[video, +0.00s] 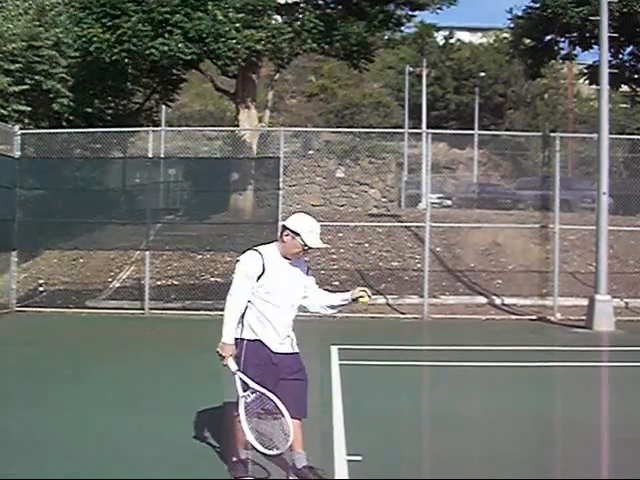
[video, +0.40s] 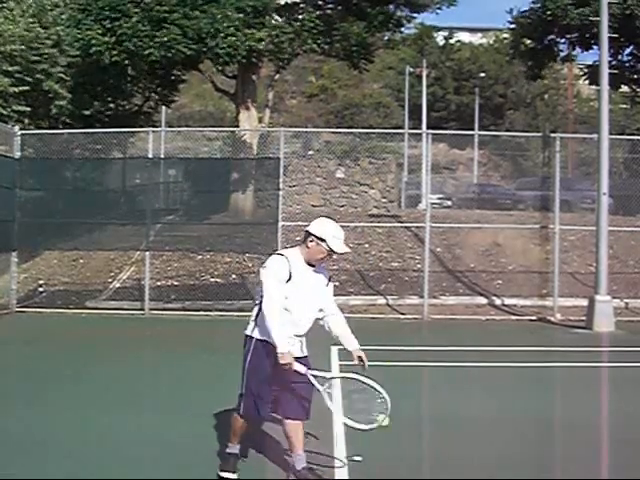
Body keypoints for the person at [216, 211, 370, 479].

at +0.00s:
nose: (306, 251)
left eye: (308, 247)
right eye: (304, 246)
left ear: (293, 240)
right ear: (287, 236)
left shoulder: (299, 267)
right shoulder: (255, 259)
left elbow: (315, 301)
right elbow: (235, 300)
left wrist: (349, 297)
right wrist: (227, 340)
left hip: (285, 344)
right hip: (253, 341)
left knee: (294, 400)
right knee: (248, 402)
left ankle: (300, 464)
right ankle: (240, 458)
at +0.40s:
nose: (329, 256)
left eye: (332, 252)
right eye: (328, 250)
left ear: (315, 245)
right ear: (312, 242)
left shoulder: (320, 277)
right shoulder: (278, 263)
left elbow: (330, 313)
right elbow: (271, 307)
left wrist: (353, 346)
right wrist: (282, 347)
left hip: (295, 344)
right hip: (263, 342)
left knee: (295, 402)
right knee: (251, 403)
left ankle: (299, 466)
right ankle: (232, 452)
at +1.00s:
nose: (289, 238)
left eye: (291, 232)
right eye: (283, 231)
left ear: (291, 236)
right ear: (264, 232)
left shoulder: (291, 272)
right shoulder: (240, 258)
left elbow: (304, 311)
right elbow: (235, 301)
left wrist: (323, 346)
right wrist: (255, 335)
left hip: (272, 348)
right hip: (236, 343)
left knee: (285, 404)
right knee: (231, 403)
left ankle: (299, 465)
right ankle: (224, 458)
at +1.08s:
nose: (286, 236)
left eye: (289, 231)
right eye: (280, 229)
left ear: (292, 236)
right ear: (262, 231)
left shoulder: (291, 274)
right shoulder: (238, 257)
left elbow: (299, 316)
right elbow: (223, 296)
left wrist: (309, 354)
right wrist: (225, 334)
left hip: (272, 349)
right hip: (236, 345)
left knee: (290, 403)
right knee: (229, 404)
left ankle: (299, 463)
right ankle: (224, 459)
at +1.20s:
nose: (286, 233)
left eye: (289, 230)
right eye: (280, 227)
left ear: (291, 236)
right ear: (263, 229)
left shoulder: (293, 271)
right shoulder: (238, 255)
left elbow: (306, 309)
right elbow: (211, 286)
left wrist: (322, 340)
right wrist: (190, 316)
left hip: (276, 351)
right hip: (238, 347)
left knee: (294, 407)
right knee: (230, 406)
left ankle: (303, 463)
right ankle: (225, 458)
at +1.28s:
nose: (288, 232)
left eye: (292, 228)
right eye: (282, 226)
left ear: (294, 235)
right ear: (265, 229)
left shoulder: (299, 269)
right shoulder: (242, 256)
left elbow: (321, 294)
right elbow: (208, 280)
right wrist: (175, 300)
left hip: (281, 352)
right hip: (242, 347)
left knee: (299, 411)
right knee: (232, 408)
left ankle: (307, 462)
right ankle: (225, 459)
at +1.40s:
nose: (296, 229)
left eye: (298, 226)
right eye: (289, 225)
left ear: (300, 235)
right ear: (272, 233)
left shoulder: (313, 261)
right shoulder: (254, 261)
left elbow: (344, 254)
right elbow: (216, 277)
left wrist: (366, 232)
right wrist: (177, 268)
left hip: (292, 353)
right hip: (252, 351)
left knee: (306, 413)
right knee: (237, 407)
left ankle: (311, 463)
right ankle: (226, 460)